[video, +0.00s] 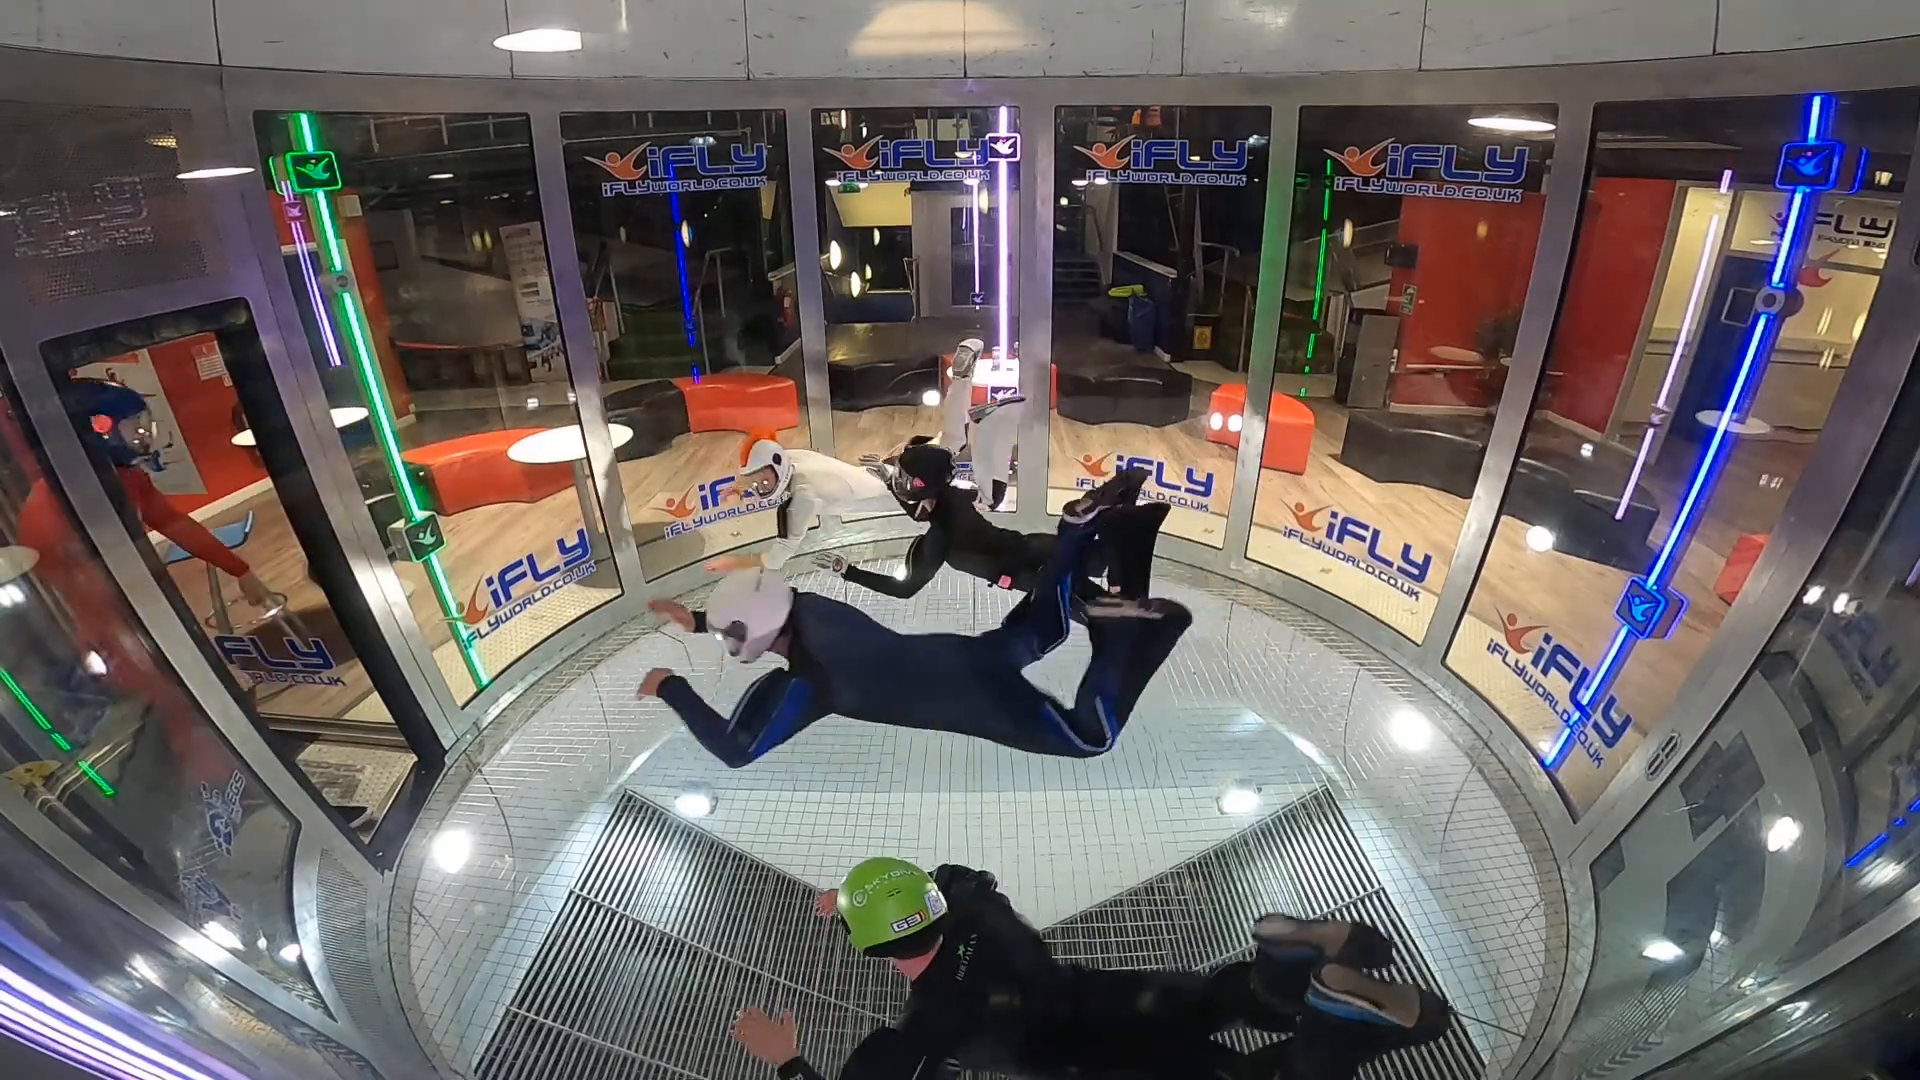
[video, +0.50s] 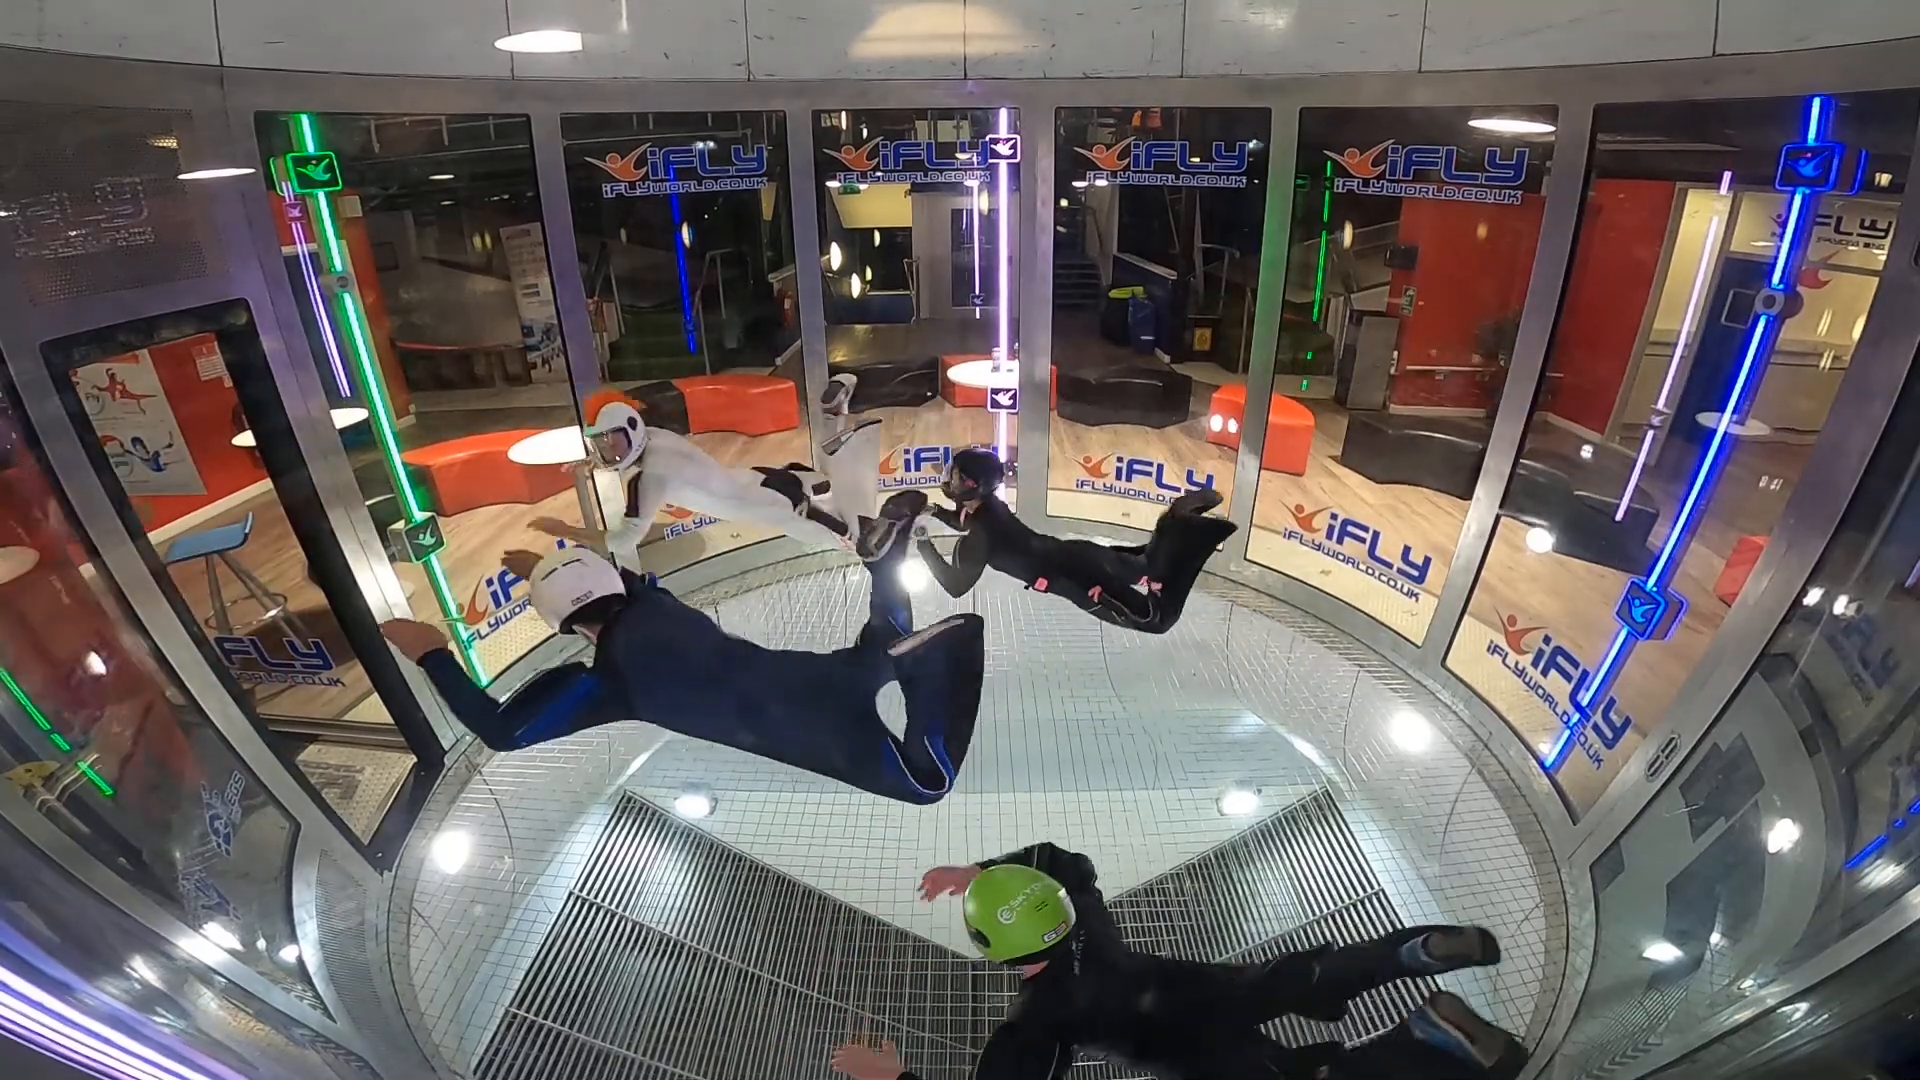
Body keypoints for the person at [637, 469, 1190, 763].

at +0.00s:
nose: (736, 645)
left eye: (741, 638)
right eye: (733, 636)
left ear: (764, 635)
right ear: (772, 609)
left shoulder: (802, 681)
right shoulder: (806, 609)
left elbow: (737, 748)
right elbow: (755, 612)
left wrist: (672, 690)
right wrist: (697, 617)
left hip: (977, 696)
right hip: (969, 651)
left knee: (1090, 736)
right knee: (1043, 623)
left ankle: (1129, 628)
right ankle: (1088, 526)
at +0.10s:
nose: (716, 642)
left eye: (715, 635)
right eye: (712, 633)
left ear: (730, 634)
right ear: (749, 600)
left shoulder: (764, 681)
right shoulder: (782, 604)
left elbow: (686, 744)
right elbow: (724, 601)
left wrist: (619, 688)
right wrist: (661, 615)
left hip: (939, 709)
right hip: (937, 654)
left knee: (1049, 753)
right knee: (997, 631)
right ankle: (1056, 551)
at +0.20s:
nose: (676, 634)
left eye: (674, 625)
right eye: (672, 622)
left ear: (684, 622)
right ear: (707, 588)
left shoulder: (723, 676)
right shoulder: (742, 593)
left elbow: (638, 740)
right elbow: (682, 585)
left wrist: (576, 675)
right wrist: (622, 616)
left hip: (906, 711)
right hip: (902, 657)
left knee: (1005, 768)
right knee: (968, 636)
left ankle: (1004, 670)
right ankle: (992, 556)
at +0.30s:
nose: (623, 621)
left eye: (623, 614)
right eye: (622, 611)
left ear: (639, 620)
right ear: (668, 579)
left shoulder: (680, 677)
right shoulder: (709, 593)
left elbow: (583, 733)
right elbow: (655, 589)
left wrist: (516, 665)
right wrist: (601, 610)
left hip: (872, 710)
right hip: (874, 659)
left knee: (976, 771)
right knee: (942, 616)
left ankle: (974, 652)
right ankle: (949, 538)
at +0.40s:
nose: (595, 627)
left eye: (590, 618)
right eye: (595, 612)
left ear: (603, 620)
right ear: (637, 585)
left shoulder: (639, 676)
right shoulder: (677, 594)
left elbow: (532, 728)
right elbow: (649, 569)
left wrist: (449, 662)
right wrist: (604, 543)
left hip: (840, 713)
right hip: (847, 665)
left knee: (951, 768)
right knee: (913, 640)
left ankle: (944, 624)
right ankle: (914, 554)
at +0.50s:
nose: (560, 607)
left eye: (556, 607)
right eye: (564, 590)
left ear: (570, 621)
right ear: (606, 579)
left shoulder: (610, 680)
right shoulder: (652, 598)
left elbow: (506, 729)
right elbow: (598, 578)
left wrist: (434, 655)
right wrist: (545, 562)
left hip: (814, 728)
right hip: (819, 675)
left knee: (926, 781)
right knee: (886, 646)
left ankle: (947, 647)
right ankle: (895, 543)